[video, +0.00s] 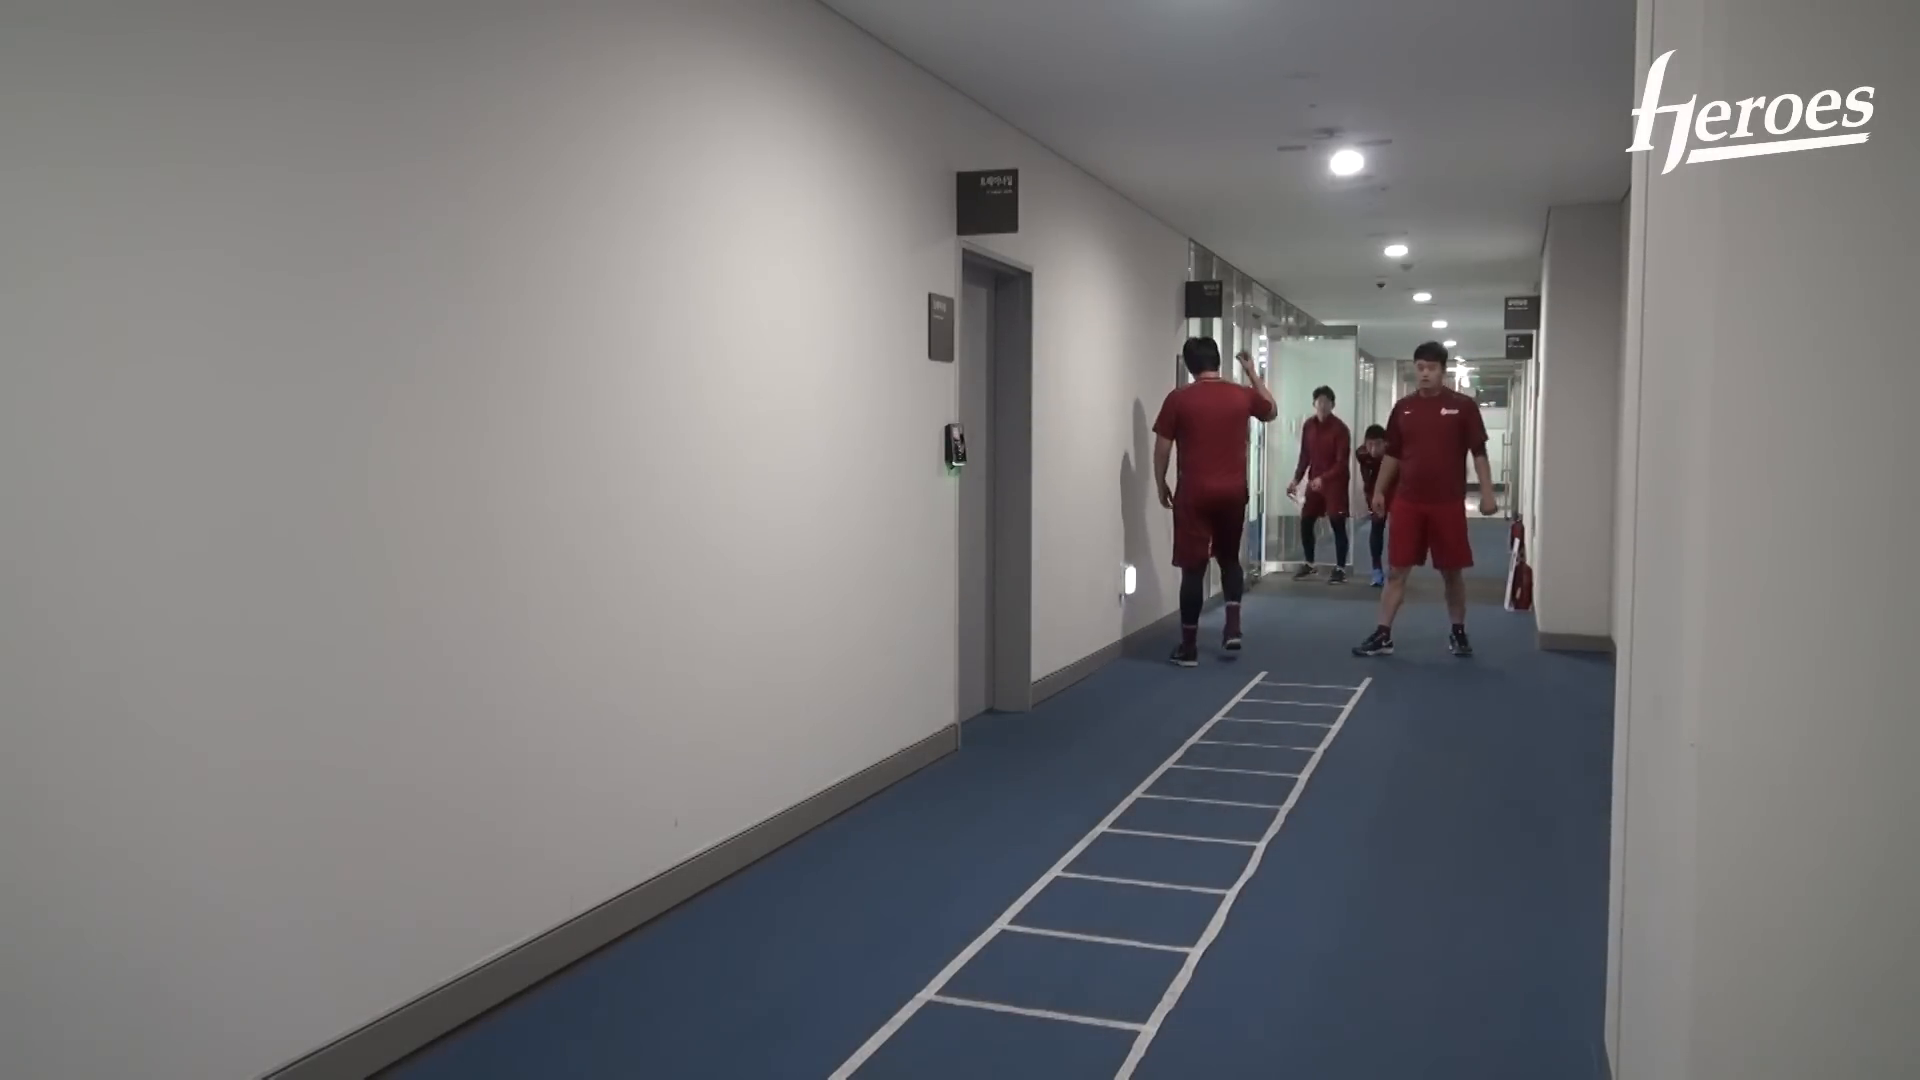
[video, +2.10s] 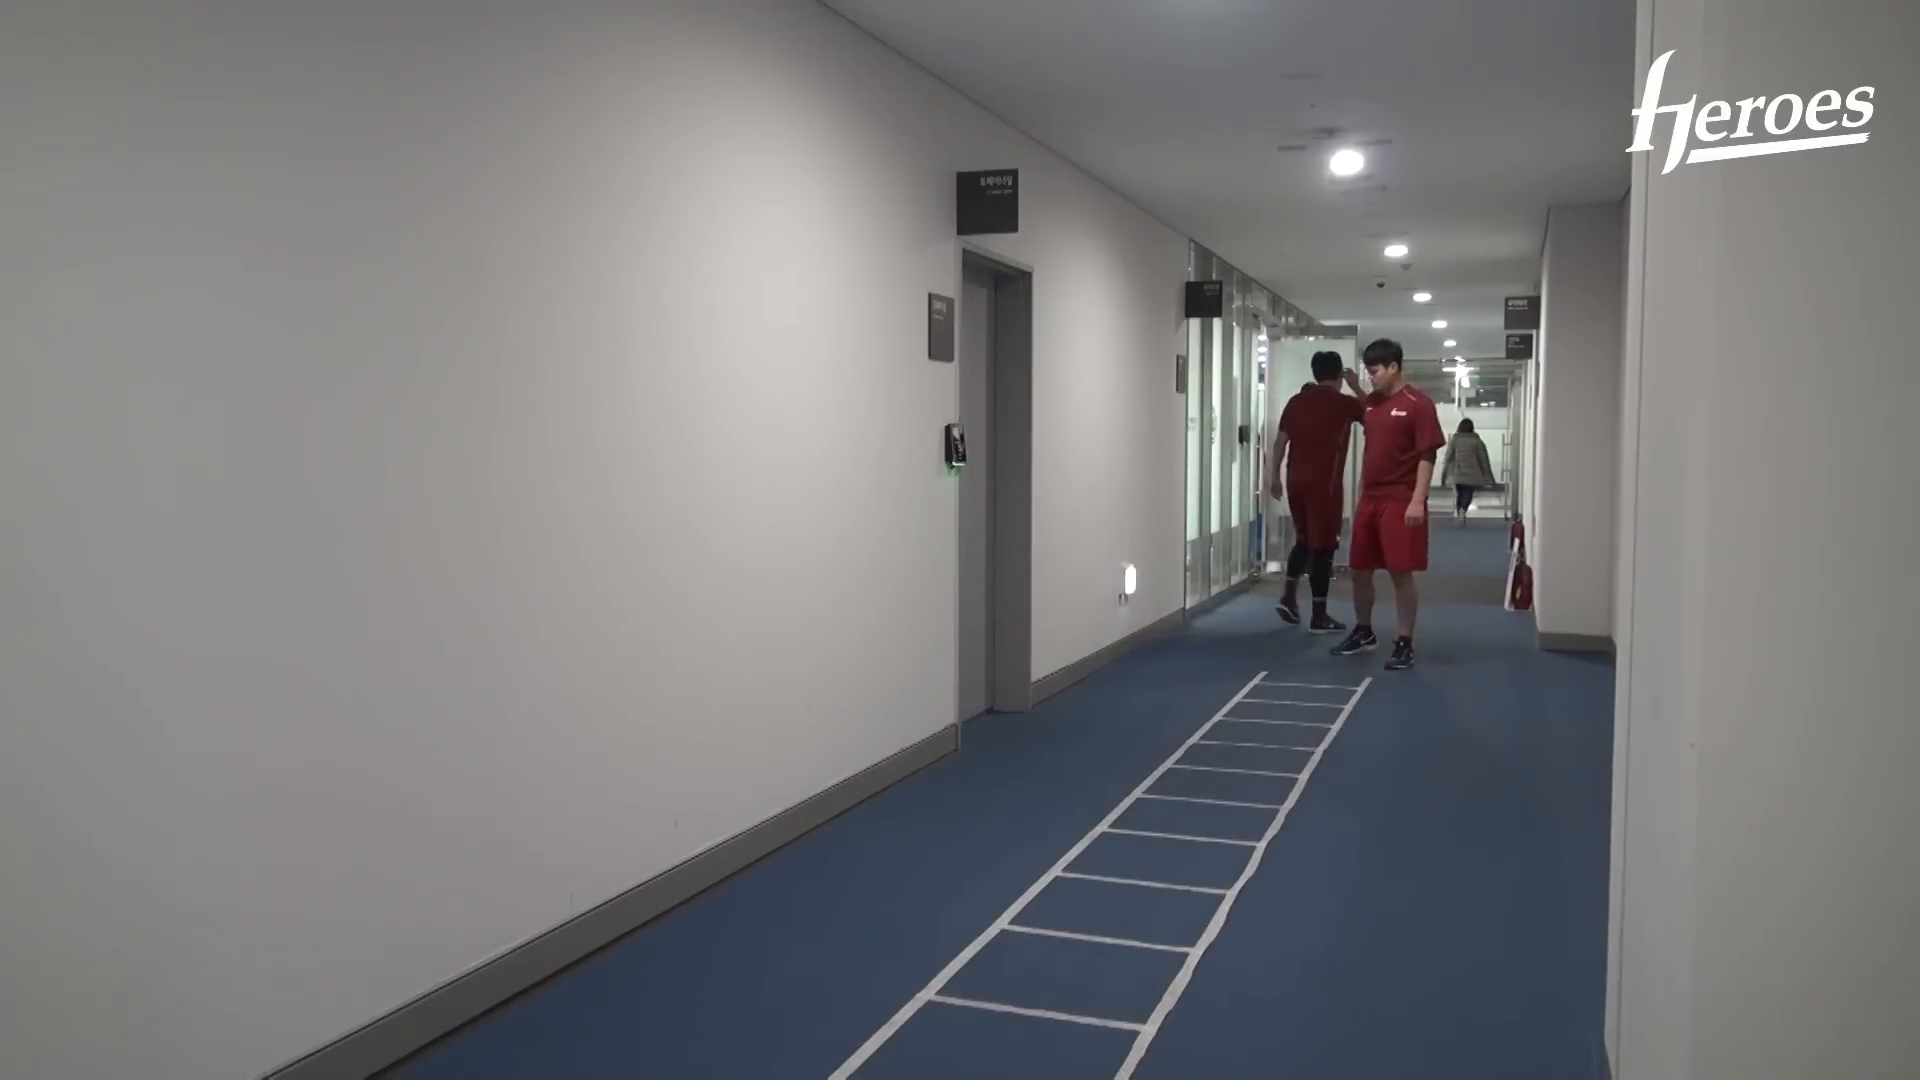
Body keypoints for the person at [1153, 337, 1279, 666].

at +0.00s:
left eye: (1186, 365)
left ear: (1189, 366)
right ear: (1219, 364)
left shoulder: (1179, 398)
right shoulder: (1241, 394)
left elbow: (1162, 447)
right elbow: (1270, 409)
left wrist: (1161, 484)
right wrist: (1253, 374)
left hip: (1194, 493)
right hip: (1233, 492)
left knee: (1193, 569)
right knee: (1230, 559)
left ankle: (1188, 647)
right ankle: (1233, 630)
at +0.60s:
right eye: (1239, 362)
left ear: (1211, 366)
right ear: (1241, 366)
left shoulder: (1195, 397)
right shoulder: (1252, 399)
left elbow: (1176, 442)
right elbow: (1284, 409)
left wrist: (1165, 479)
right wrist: (1261, 380)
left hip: (1198, 488)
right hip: (1235, 490)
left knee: (1186, 555)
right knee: (1228, 564)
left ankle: (1183, 610)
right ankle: (1222, 634)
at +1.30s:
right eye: (1253, 369)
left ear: (1228, 377)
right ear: (1255, 372)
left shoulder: (1218, 405)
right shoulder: (1271, 399)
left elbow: (1204, 447)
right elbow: (1297, 412)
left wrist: (1192, 483)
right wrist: (1273, 387)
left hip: (1224, 487)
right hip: (1258, 487)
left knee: (1227, 552)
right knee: (1267, 553)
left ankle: (1227, 619)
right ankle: (1238, 601)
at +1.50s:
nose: (1270, 377)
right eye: (1270, 372)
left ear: (1245, 375)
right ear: (1272, 373)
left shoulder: (1231, 402)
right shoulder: (1283, 400)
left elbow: (1215, 443)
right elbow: (1313, 413)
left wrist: (1208, 476)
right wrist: (1290, 385)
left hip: (1233, 489)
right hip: (1270, 488)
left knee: (1232, 553)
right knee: (1295, 545)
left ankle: (1227, 618)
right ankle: (1284, 611)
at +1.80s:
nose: (1308, 380)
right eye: (1308, 376)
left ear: (1282, 377)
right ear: (1308, 377)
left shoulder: (1267, 405)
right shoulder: (1315, 407)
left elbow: (1249, 444)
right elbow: (1348, 420)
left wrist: (1244, 478)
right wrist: (1329, 393)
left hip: (1266, 489)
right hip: (1300, 491)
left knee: (1254, 552)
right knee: (1308, 555)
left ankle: (1233, 610)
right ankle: (1318, 616)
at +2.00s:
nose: (1332, 377)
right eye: (1331, 373)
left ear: (1305, 374)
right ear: (1330, 374)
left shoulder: (1289, 401)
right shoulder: (1335, 402)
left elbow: (1271, 441)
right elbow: (1368, 415)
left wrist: (1266, 477)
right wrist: (1349, 387)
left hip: (1288, 482)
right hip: (1320, 484)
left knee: (1291, 541)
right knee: (1319, 548)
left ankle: (1266, 587)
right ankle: (1319, 615)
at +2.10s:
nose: (1341, 378)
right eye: (1340, 374)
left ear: (1314, 374)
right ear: (1338, 375)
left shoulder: (1296, 402)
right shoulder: (1342, 402)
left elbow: (1280, 442)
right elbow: (1373, 413)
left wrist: (1274, 477)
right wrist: (1356, 387)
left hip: (1296, 481)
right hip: (1325, 483)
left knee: (1303, 541)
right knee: (1323, 547)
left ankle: (1288, 597)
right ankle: (1319, 615)